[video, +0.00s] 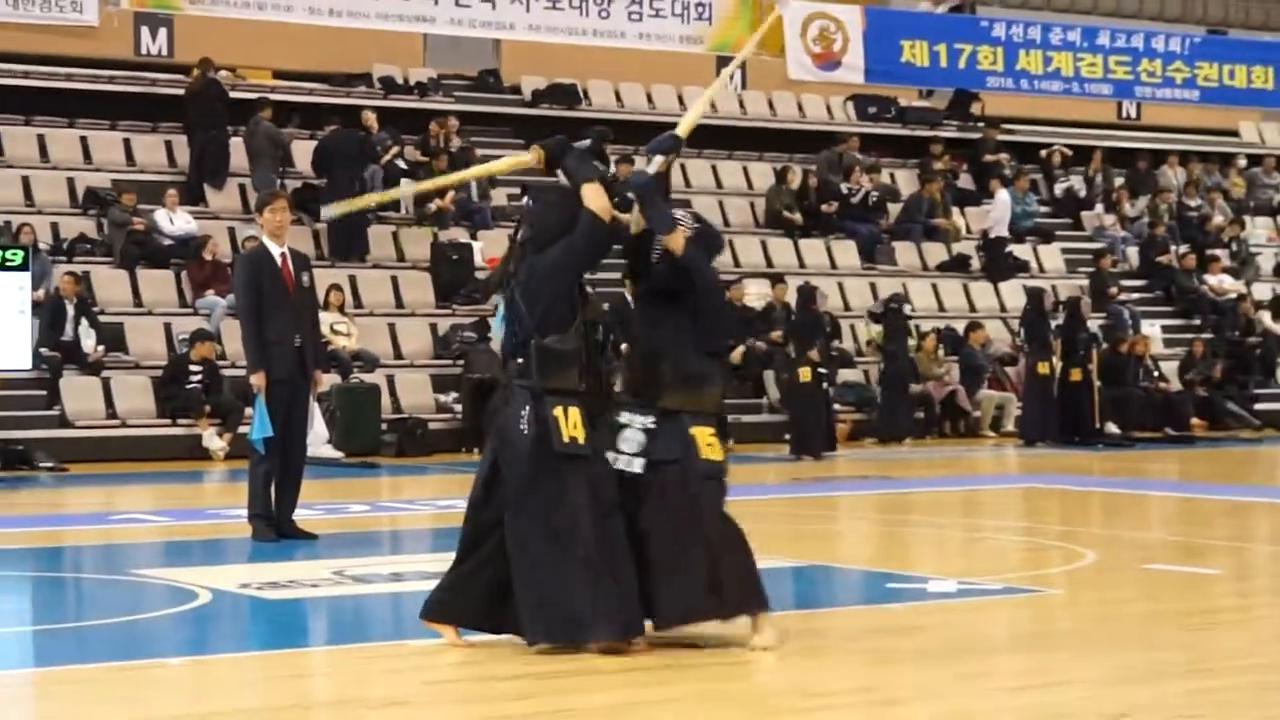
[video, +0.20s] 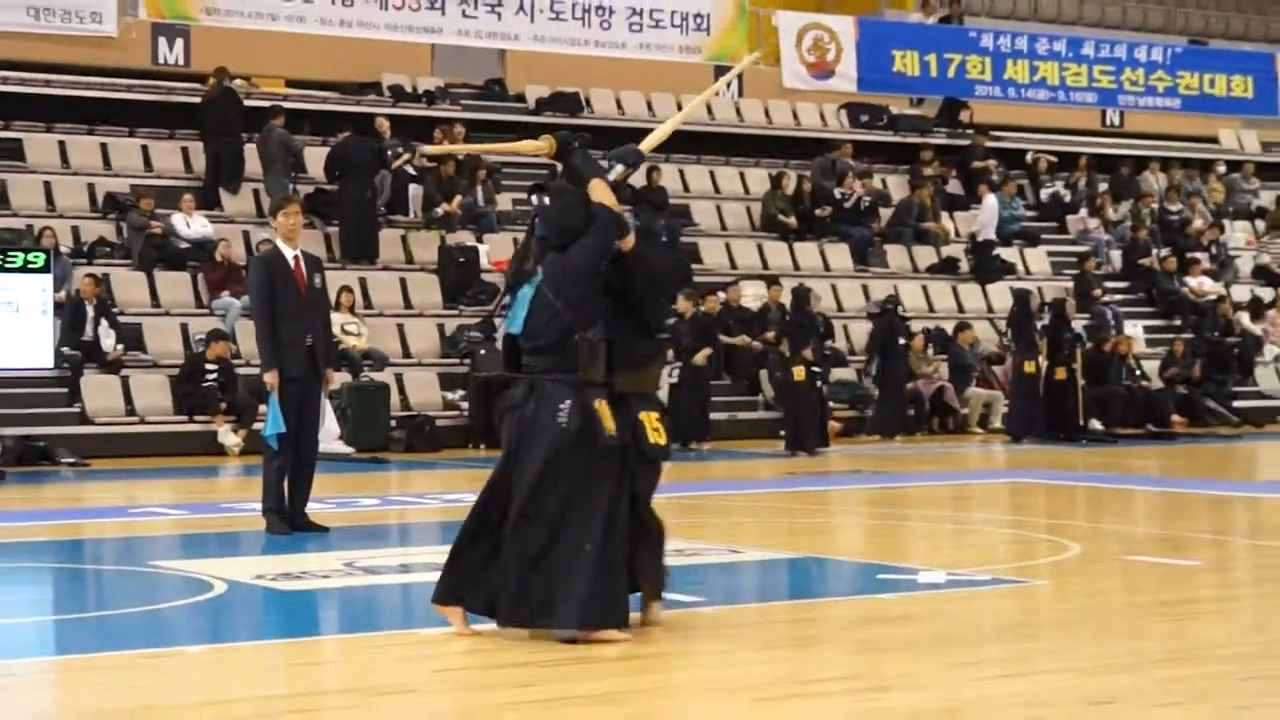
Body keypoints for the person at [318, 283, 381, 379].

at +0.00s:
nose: (338, 297)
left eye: (340, 295)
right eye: (335, 294)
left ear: (343, 298)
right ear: (328, 296)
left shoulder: (347, 316)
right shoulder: (321, 315)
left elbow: (354, 332)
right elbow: (324, 334)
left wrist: (351, 345)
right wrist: (340, 344)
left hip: (349, 346)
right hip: (333, 346)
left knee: (373, 359)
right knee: (345, 361)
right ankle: (350, 389)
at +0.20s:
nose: (348, 299)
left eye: (351, 296)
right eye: (345, 296)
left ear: (354, 299)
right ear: (339, 298)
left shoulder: (357, 316)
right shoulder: (332, 316)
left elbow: (365, 331)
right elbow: (334, 334)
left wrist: (361, 344)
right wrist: (350, 344)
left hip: (360, 346)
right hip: (344, 346)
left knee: (383, 358)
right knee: (356, 361)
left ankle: (371, 383)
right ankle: (359, 386)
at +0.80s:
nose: (364, 304)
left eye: (366, 301)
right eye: (361, 301)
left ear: (369, 304)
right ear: (355, 303)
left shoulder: (372, 321)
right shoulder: (348, 321)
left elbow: (379, 335)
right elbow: (353, 338)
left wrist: (377, 347)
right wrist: (368, 347)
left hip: (376, 348)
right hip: (361, 349)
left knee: (396, 361)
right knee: (371, 362)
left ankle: (386, 381)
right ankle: (371, 383)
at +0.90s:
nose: (366, 305)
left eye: (368, 302)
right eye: (363, 302)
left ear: (370, 305)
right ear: (356, 303)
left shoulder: (373, 321)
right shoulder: (350, 321)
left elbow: (380, 335)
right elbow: (355, 338)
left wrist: (378, 347)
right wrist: (370, 347)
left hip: (377, 349)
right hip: (362, 350)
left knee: (398, 361)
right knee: (373, 362)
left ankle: (387, 382)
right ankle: (372, 383)